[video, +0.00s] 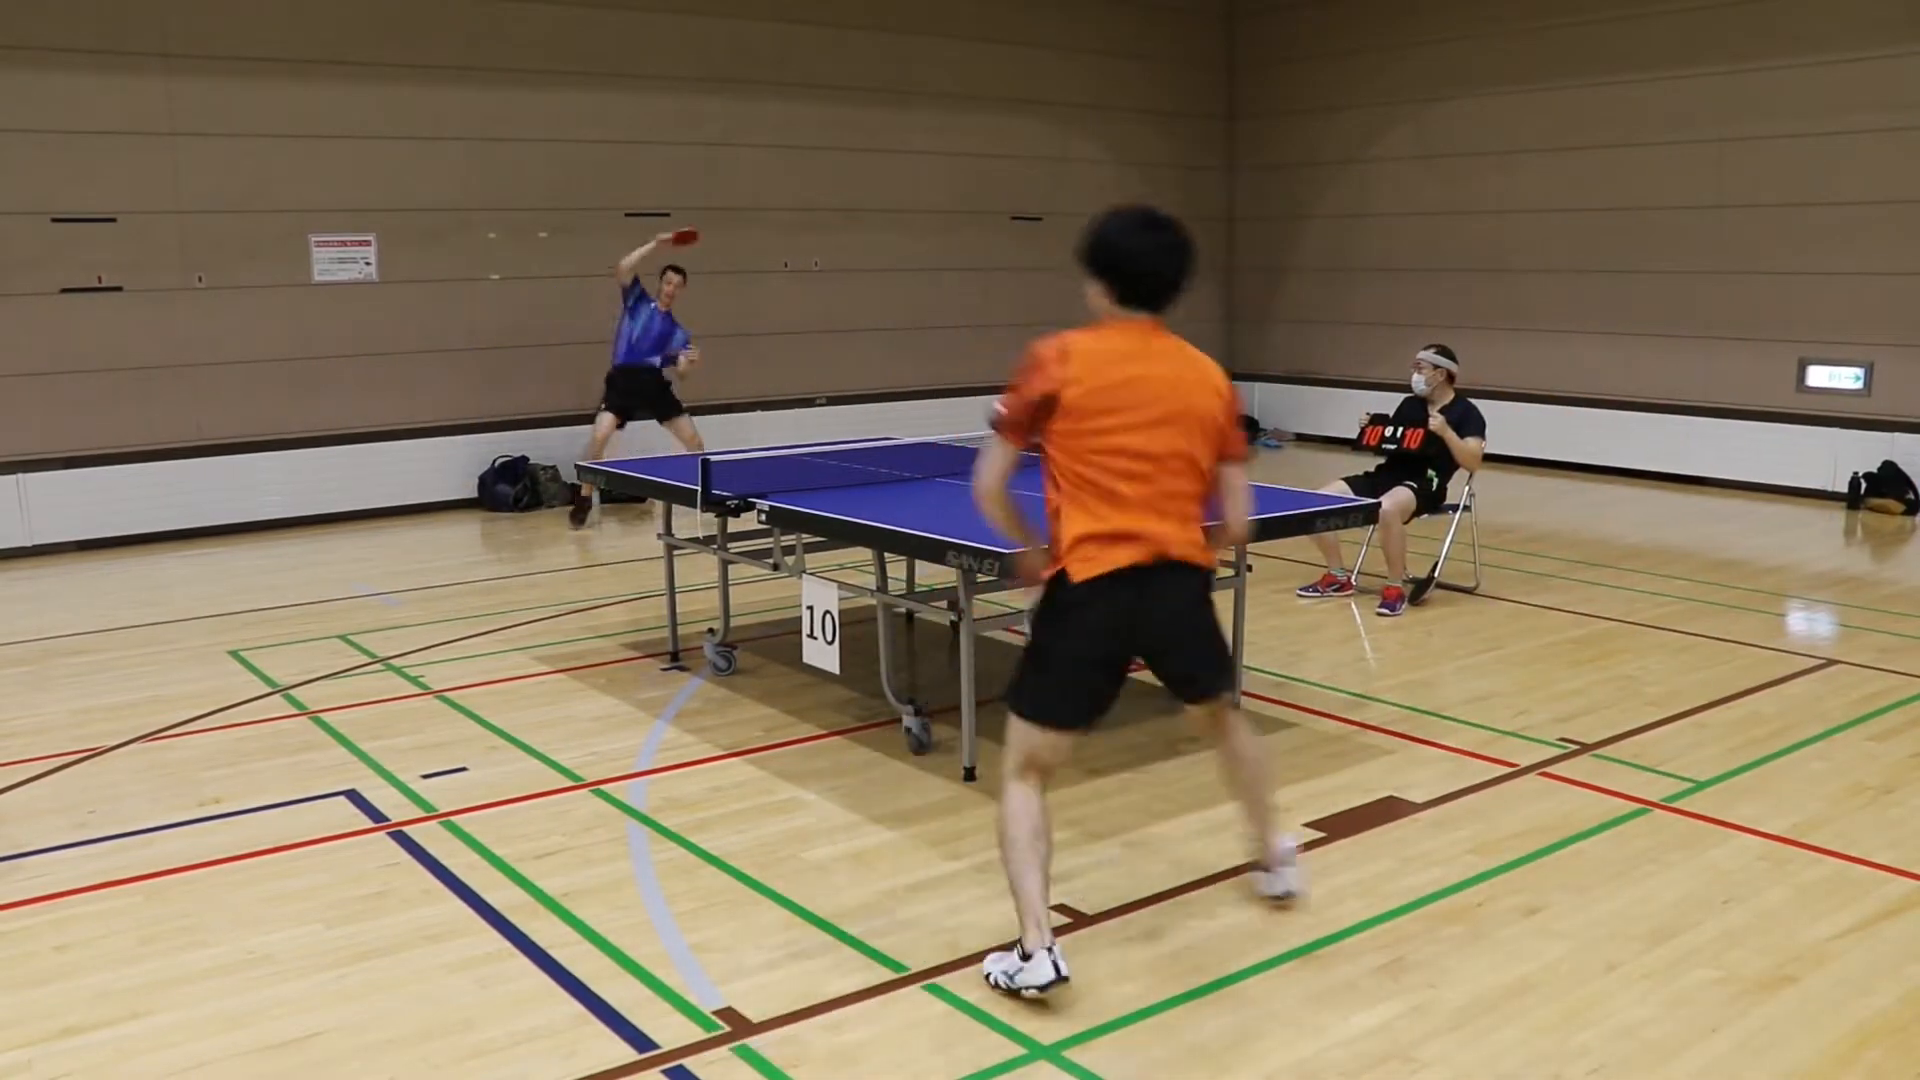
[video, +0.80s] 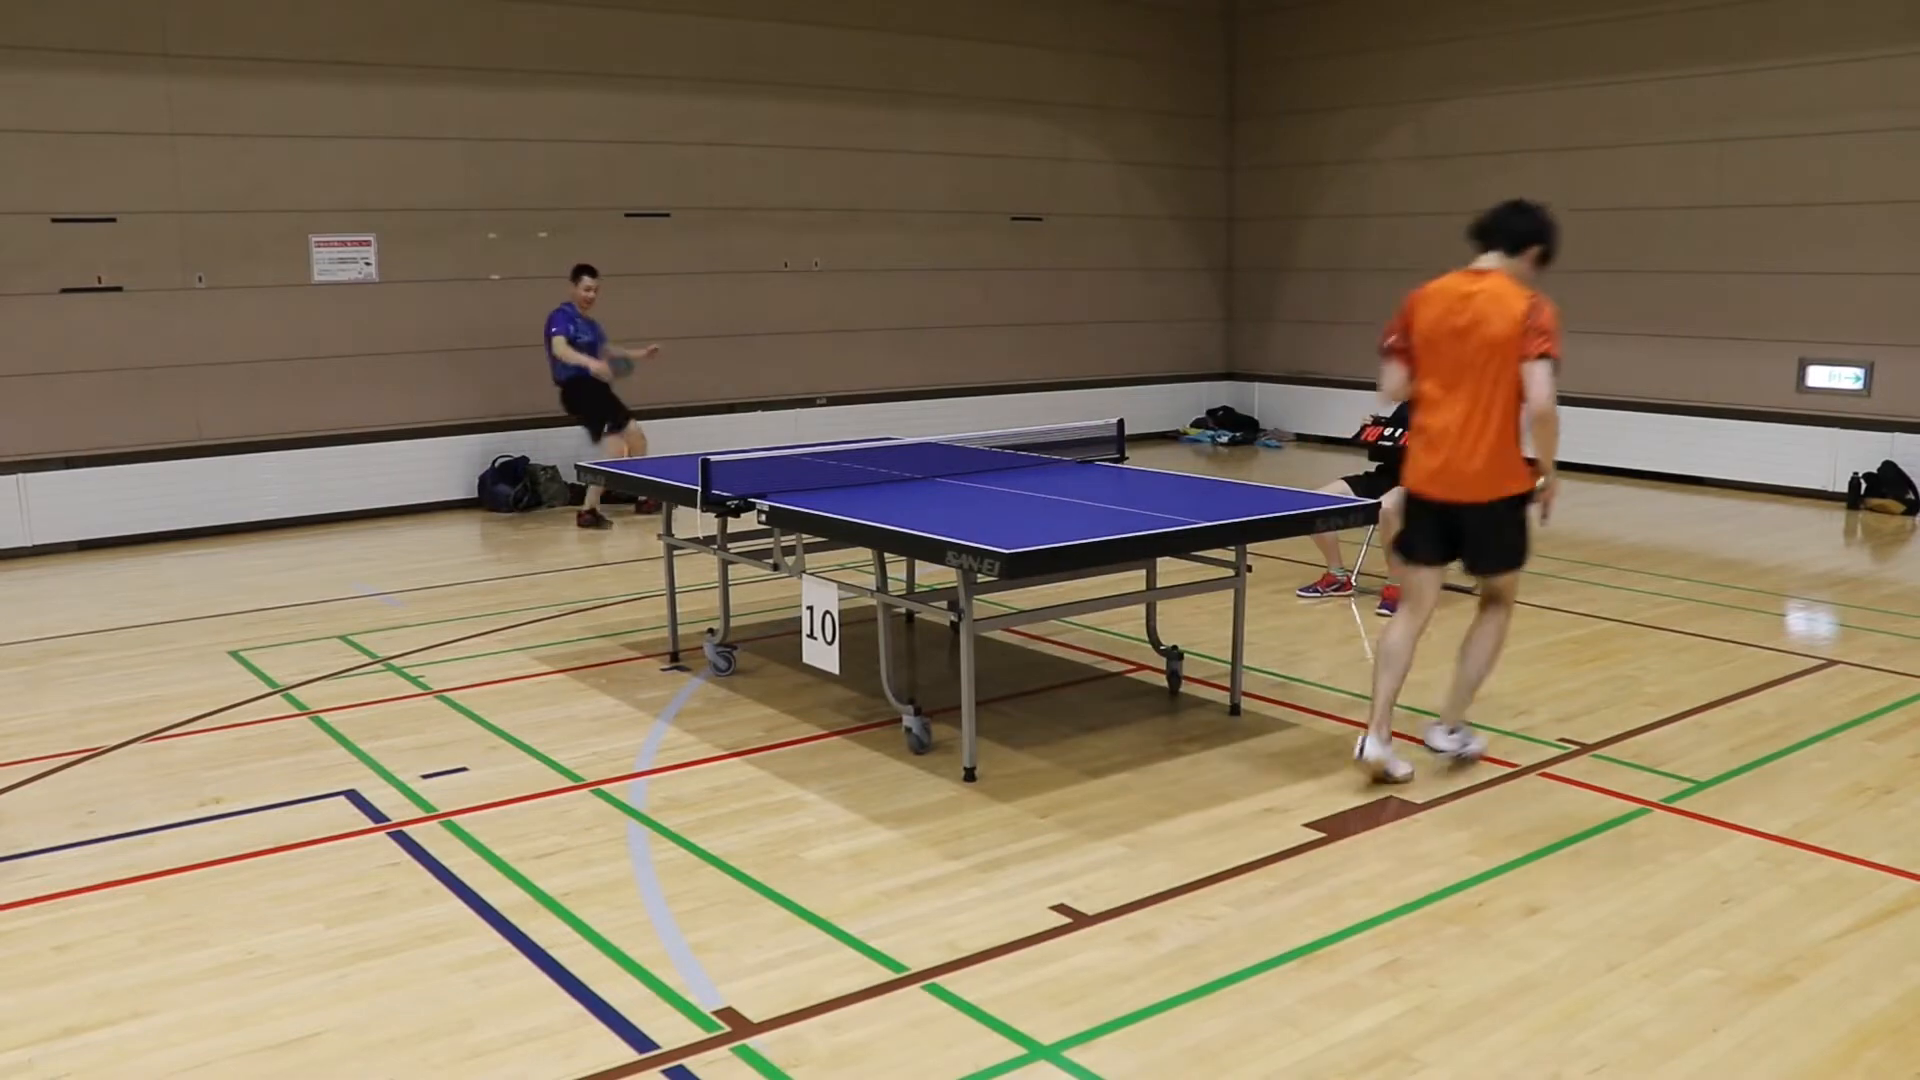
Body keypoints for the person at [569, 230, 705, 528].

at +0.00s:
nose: (670, 289)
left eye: (676, 285)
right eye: (667, 282)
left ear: (681, 291)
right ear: (659, 283)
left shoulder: (676, 331)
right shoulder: (637, 301)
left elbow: (681, 373)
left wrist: (687, 363)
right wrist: (656, 243)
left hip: (654, 382)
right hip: (622, 379)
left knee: (693, 440)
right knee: (599, 436)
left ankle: (710, 494)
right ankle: (584, 497)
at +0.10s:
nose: (666, 286)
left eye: (671, 283)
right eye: (662, 280)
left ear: (674, 287)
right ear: (653, 281)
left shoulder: (672, 328)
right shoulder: (632, 299)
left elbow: (674, 371)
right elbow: (625, 272)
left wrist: (680, 363)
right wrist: (661, 250)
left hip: (651, 378)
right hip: (624, 372)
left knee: (677, 443)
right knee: (613, 419)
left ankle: (668, 494)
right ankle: (594, 476)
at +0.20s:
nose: (663, 292)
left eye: (667, 288)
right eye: (658, 286)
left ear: (670, 292)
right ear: (647, 288)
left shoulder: (667, 332)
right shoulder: (631, 310)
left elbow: (671, 374)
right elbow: (616, 300)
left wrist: (675, 369)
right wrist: (645, 279)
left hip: (651, 383)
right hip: (624, 375)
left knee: (675, 449)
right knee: (626, 403)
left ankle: (655, 498)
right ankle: (614, 463)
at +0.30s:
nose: (658, 296)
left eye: (662, 292)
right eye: (654, 289)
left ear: (665, 296)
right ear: (642, 289)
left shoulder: (662, 335)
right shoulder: (622, 311)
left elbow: (668, 373)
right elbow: (603, 319)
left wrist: (673, 374)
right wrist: (637, 301)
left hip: (649, 385)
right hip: (621, 376)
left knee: (675, 448)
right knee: (632, 396)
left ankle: (659, 498)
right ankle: (640, 438)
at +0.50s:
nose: (638, 292)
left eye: (641, 288)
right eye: (633, 286)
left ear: (645, 290)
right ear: (619, 287)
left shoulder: (642, 329)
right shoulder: (600, 310)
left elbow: (658, 361)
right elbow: (578, 333)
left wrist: (672, 366)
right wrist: (604, 329)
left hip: (634, 386)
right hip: (605, 380)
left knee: (663, 428)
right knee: (641, 379)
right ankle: (661, 439)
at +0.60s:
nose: (623, 291)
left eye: (626, 286)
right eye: (617, 285)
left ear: (630, 288)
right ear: (604, 286)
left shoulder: (628, 326)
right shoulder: (589, 310)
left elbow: (650, 357)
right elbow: (571, 335)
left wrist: (670, 361)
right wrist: (595, 336)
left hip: (622, 386)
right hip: (598, 382)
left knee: (660, 438)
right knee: (642, 386)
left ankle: (648, 496)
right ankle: (646, 450)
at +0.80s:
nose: (591, 295)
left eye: (594, 290)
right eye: (586, 289)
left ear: (597, 292)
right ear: (573, 288)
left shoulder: (591, 325)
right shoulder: (561, 316)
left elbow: (606, 351)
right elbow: (560, 350)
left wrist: (640, 354)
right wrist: (591, 363)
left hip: (591, 386)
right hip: (578, 387)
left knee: (615, 448)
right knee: (635, 438)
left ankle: (589, 510)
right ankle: (646, 498)